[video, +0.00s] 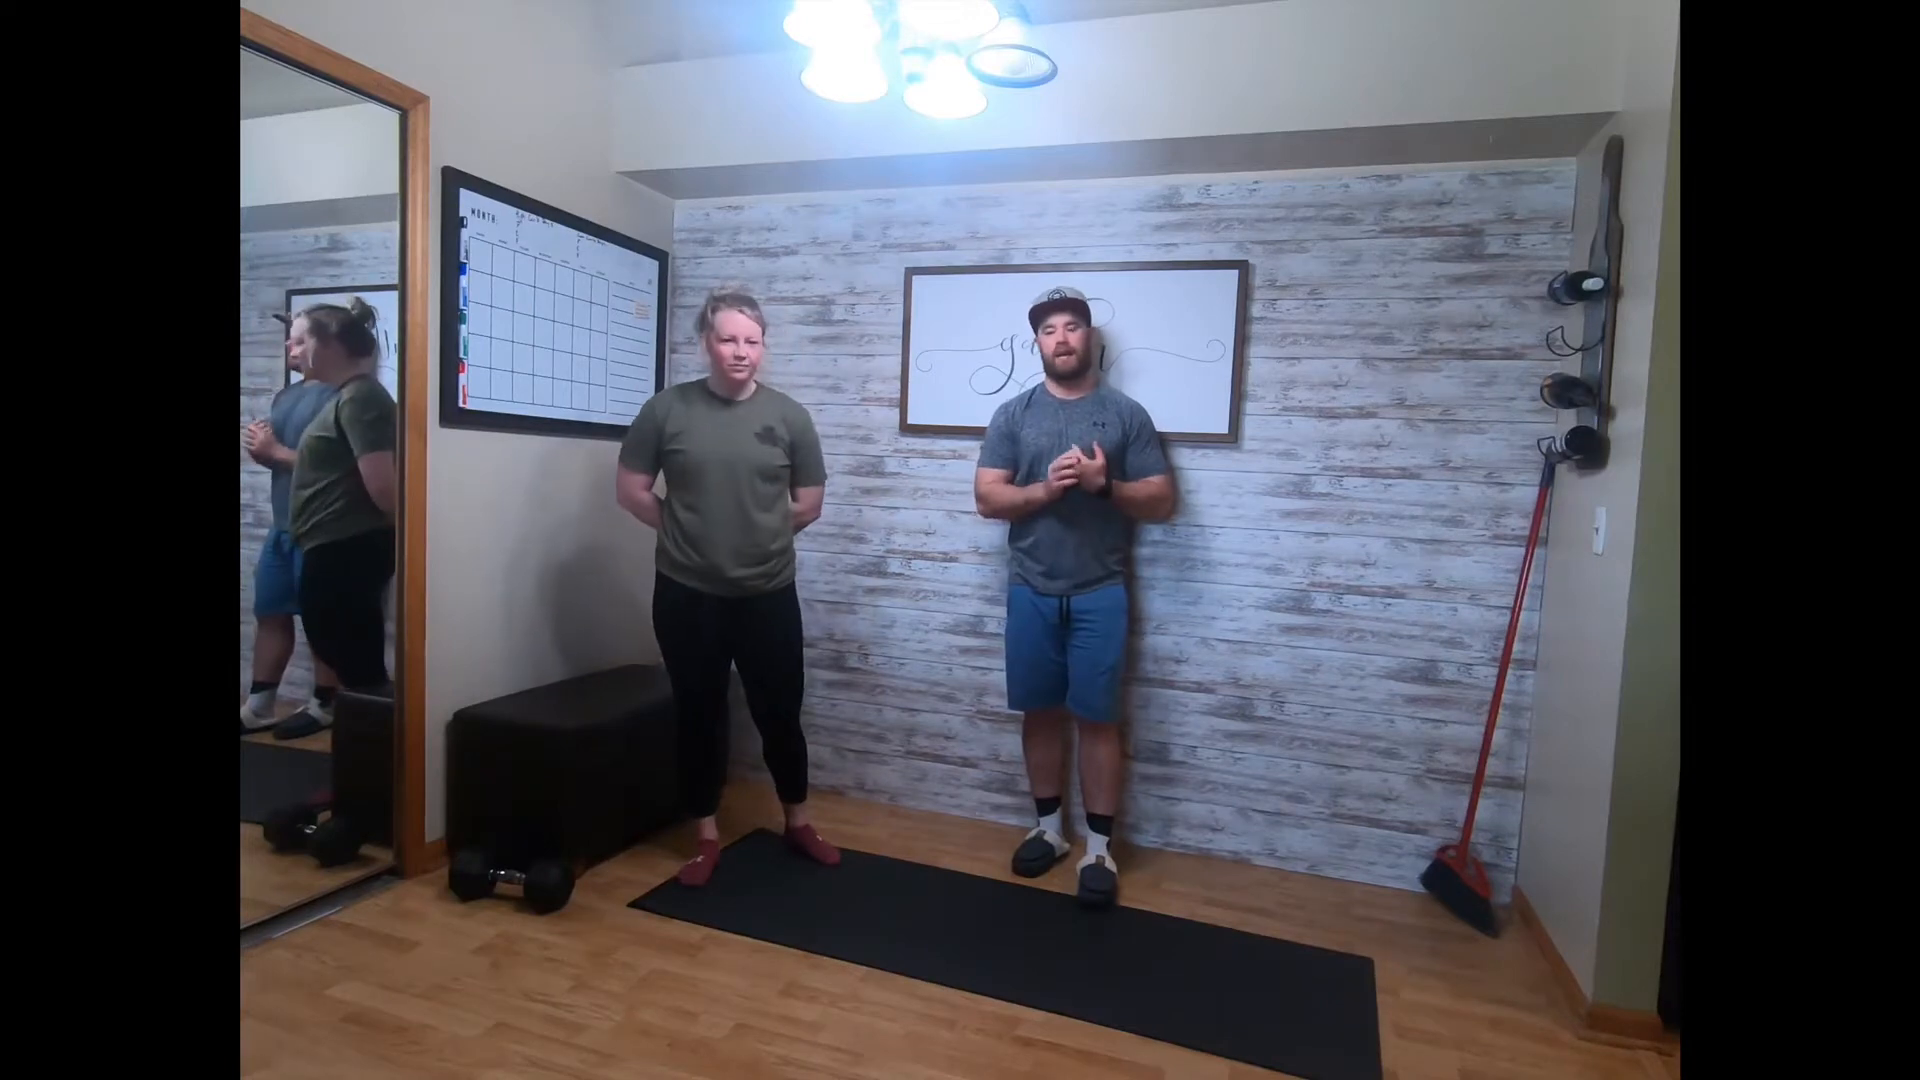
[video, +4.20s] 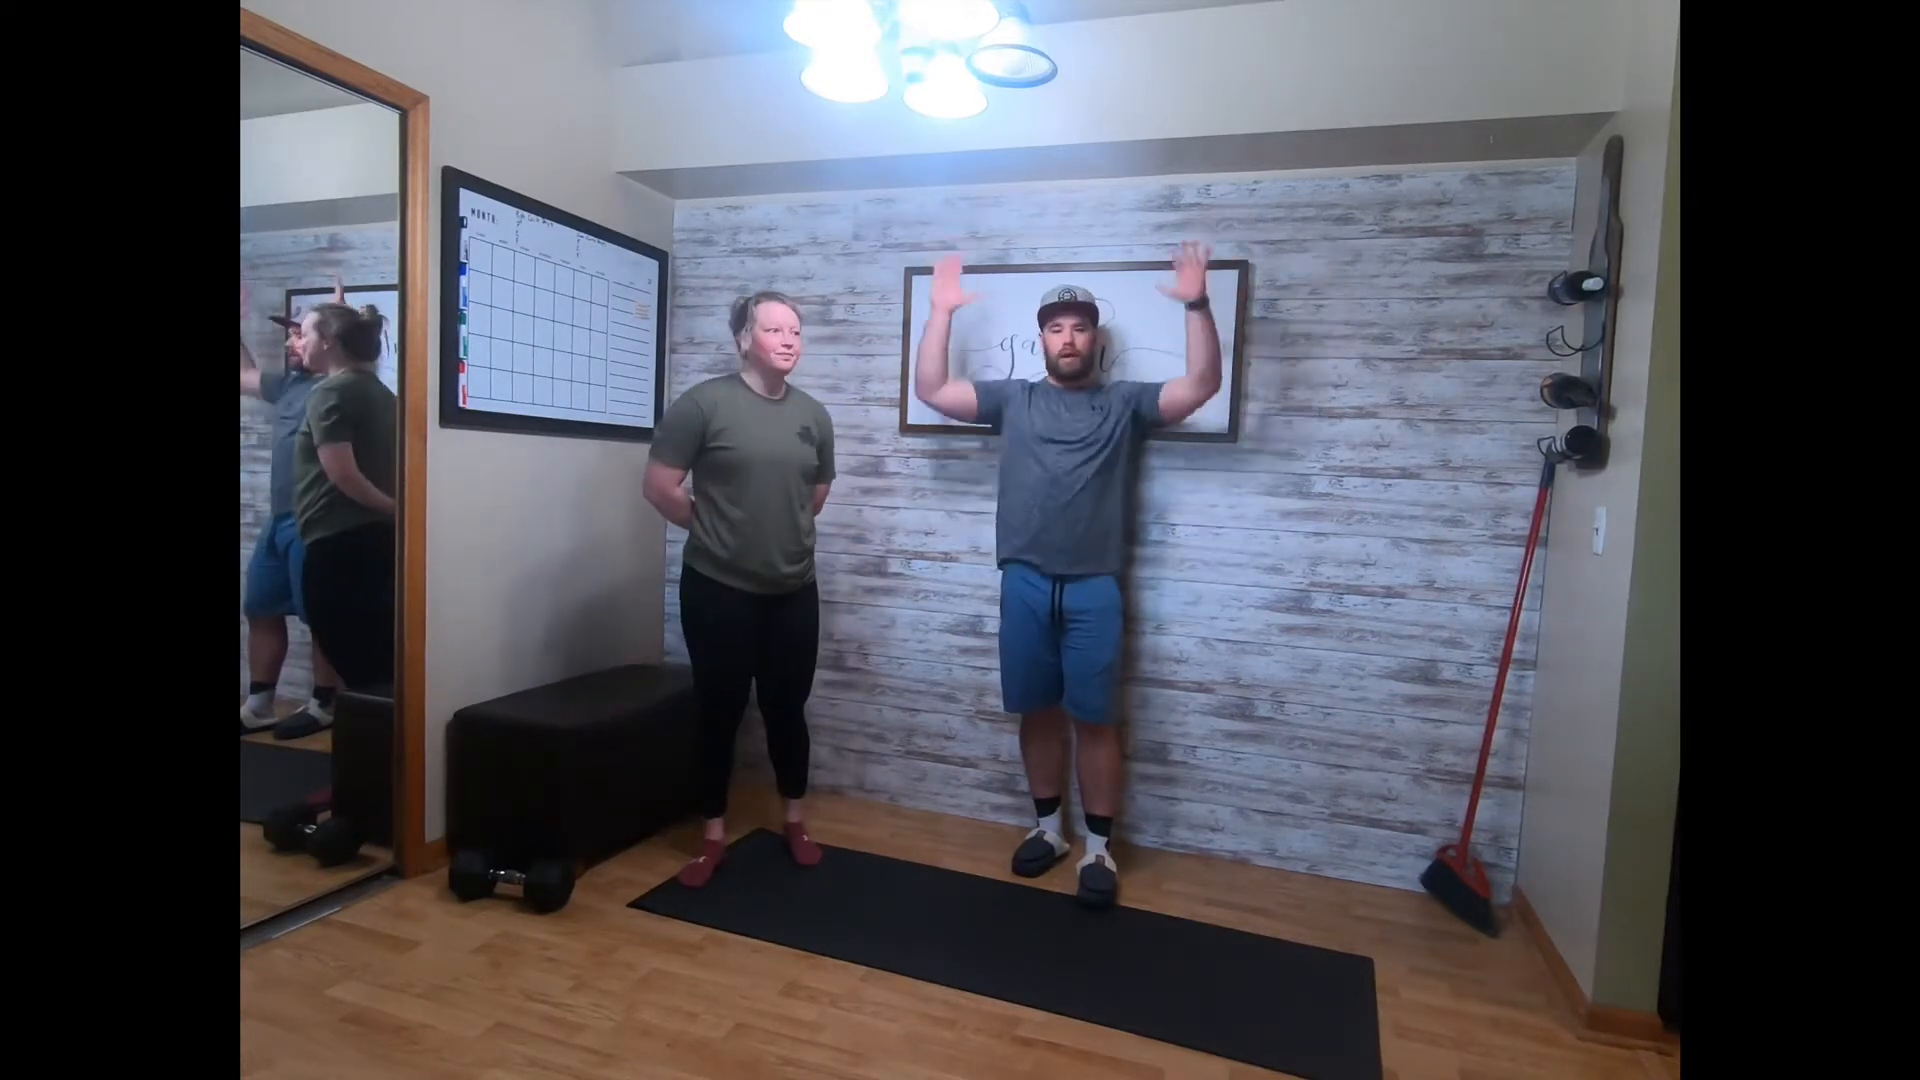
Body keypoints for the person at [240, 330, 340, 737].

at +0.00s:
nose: (291, 349)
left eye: (298, 341)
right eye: (289, 342)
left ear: (323, 343)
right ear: (290, 348)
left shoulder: (339, 396)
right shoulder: (285, 396)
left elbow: (330, 464)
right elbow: (277, 455)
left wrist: (276, 452)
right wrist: (262, 440)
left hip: (322, 531)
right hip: (283, 528)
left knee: (321, 622)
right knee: (272, 613)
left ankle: (325, 706)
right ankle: (260, 704)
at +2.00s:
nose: (300, 340)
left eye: (310, 335)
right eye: (301, 333)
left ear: (331, 347)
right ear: (302, 343)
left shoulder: (342, 394)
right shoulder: (289, 395)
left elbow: (337, 464)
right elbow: (278, 443)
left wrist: (275, 458)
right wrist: (267, 443)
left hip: (319, 524)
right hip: (280, 524)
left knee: (322, 618)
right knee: (265, 610)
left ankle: (324, 707)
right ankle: (259, 704)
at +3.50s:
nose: (294, 339)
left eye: (304, 332)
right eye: (295, 333)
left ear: (326, 342)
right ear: (299, 344)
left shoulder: (343, 392)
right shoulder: (294, 394)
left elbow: (346, 447)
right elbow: (276, 446)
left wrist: (317, 412)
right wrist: (248, 413)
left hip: (317, 523)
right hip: (276, 523)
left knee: (321, 617)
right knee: (260, 608)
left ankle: (324, 706)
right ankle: (259, 704)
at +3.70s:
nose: (300, 344)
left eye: (310, 336)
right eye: (300, 337)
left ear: (334, 344)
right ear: (301, 345)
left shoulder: (347, 394)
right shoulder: (293, 391)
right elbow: (254, 411)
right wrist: (242, 371)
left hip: (319, 527)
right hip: (279, 525)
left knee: (321, 619)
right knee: (261, 609)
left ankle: (325, 706)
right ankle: (259, 703)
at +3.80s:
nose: (298, 342)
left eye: (308, 336)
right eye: (297, 335)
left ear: (331, 344)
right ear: (296, 343)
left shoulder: (347, 391)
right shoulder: (289, 386)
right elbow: (250, 384)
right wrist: (238, 346)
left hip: (322, 528)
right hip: (280, 523)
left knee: (322, 621)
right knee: (264, 609)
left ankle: (324, 705)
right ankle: (259, 703)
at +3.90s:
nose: (296, 340)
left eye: (305, 333)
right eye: (296, 332)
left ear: (329, 341)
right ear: (296, 341)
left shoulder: (340, 385)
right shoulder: (290, 379)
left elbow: (351, 345)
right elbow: (253, 355)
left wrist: (340, 299)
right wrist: (238, 324)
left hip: (322, 522)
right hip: (283, 519)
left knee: (322, 618)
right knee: (264, 609)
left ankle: (324, 705)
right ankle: (259, 702)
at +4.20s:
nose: (291, 340)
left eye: (301, 332)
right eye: (292, 333)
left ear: (327, 340)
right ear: (294, 342)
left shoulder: (338, 386)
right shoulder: (287, 381)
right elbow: (246, 375)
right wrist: (240, 328)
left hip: (318, 524)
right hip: (280, 521)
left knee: (321, 620)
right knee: (262, 609)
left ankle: (324, 705)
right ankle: (259, 703)